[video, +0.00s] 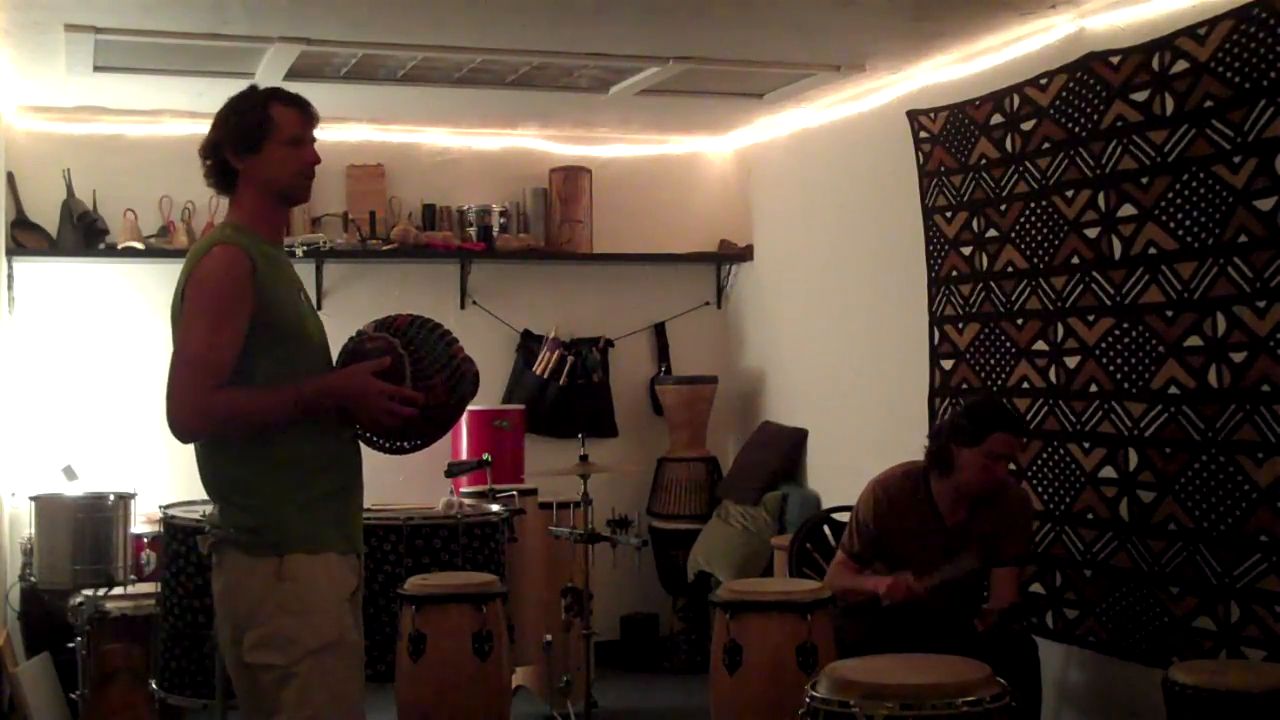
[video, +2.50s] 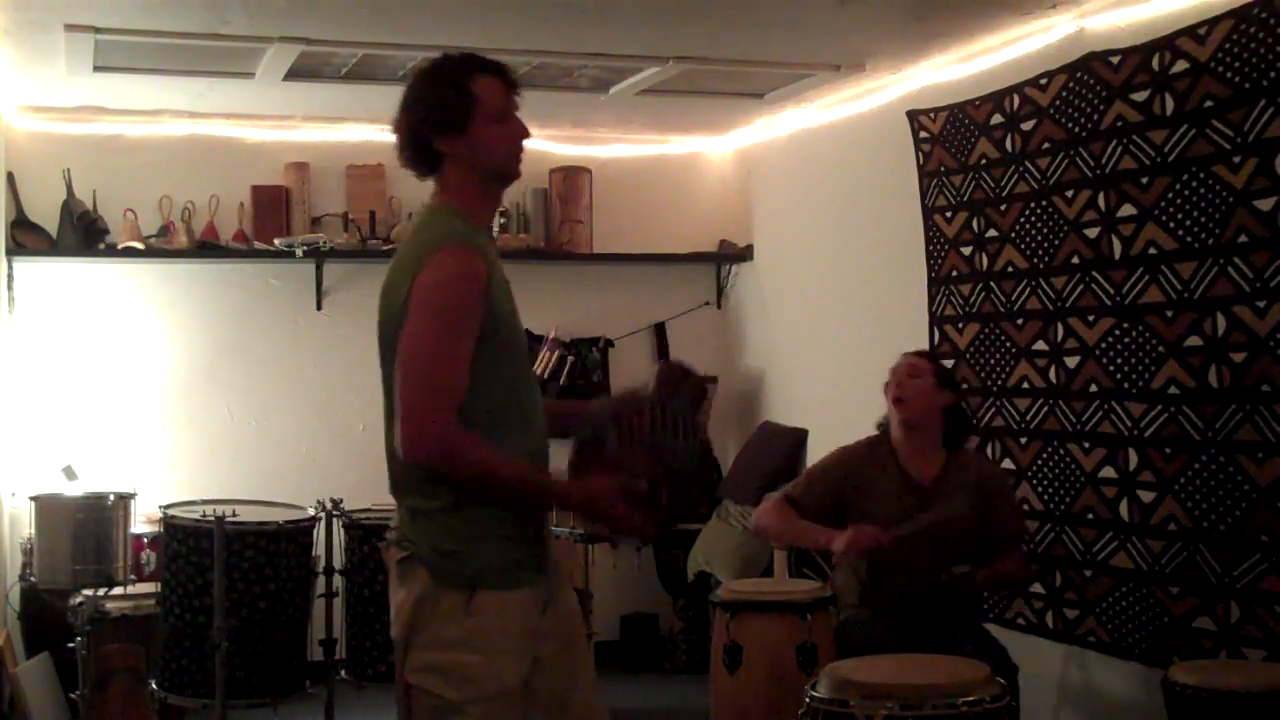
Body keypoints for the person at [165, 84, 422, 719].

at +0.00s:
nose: (316, 155)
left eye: (313, 141)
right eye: (298, 143)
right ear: (244, 156)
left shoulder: (267, 261)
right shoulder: (228, 259)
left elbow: (265, 395)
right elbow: (189, 411)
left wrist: (355, 376)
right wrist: (331, 393)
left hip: (308, 556)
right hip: (281, 562)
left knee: (316, 705)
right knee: (305, 707)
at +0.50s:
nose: (322, 155)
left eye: (320, 141)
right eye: (304, 142)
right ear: (250, 156)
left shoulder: (270, 259)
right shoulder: (240, 258)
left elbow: (275, 403)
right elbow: (196, 407)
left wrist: (365, 386)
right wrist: (348, 406)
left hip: (303, 554)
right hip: (288, 561)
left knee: (295, 707)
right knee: (338, 706)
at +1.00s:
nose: (358, 145)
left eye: (355, 131)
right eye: (339, 133)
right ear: (286, 152)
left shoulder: (307, 257)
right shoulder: (279, 259)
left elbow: (324, 414)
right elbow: (233, 414)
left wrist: (418, 417)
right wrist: (384, 449)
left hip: (329, 560)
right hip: (309, 566)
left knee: (329, 707)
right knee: (340, 708)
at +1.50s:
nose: (461, 128)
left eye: (454, 114)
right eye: (442, 116)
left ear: (403, 140)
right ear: (388, 139)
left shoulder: (425, 240)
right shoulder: (345, 248)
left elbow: (414, 385)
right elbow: (260, 403)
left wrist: (491, 422)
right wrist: (406, 450)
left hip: (407, 551)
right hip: (356, 563)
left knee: (407, 705)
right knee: (375, 706)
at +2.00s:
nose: (481, 122)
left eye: (473, 106)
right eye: (462, 108)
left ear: (409, 133)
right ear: (404, 130)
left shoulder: (418, 238)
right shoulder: (409, 251)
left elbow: (514, 346)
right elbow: (469, 431)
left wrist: (637, 344)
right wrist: (610, 385)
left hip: (433, 566)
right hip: (418, 578)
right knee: (449, 709)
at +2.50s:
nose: (524, 130)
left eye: (518, 115)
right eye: (505, 117)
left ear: (454, 141)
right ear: (448, 137)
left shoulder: (465, 246)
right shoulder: (450, 255)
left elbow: (493, 406)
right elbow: (426, 436)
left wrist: (602, 414)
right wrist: (569, 494)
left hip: (515, 566)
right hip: (466, 579)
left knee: (568, 710)